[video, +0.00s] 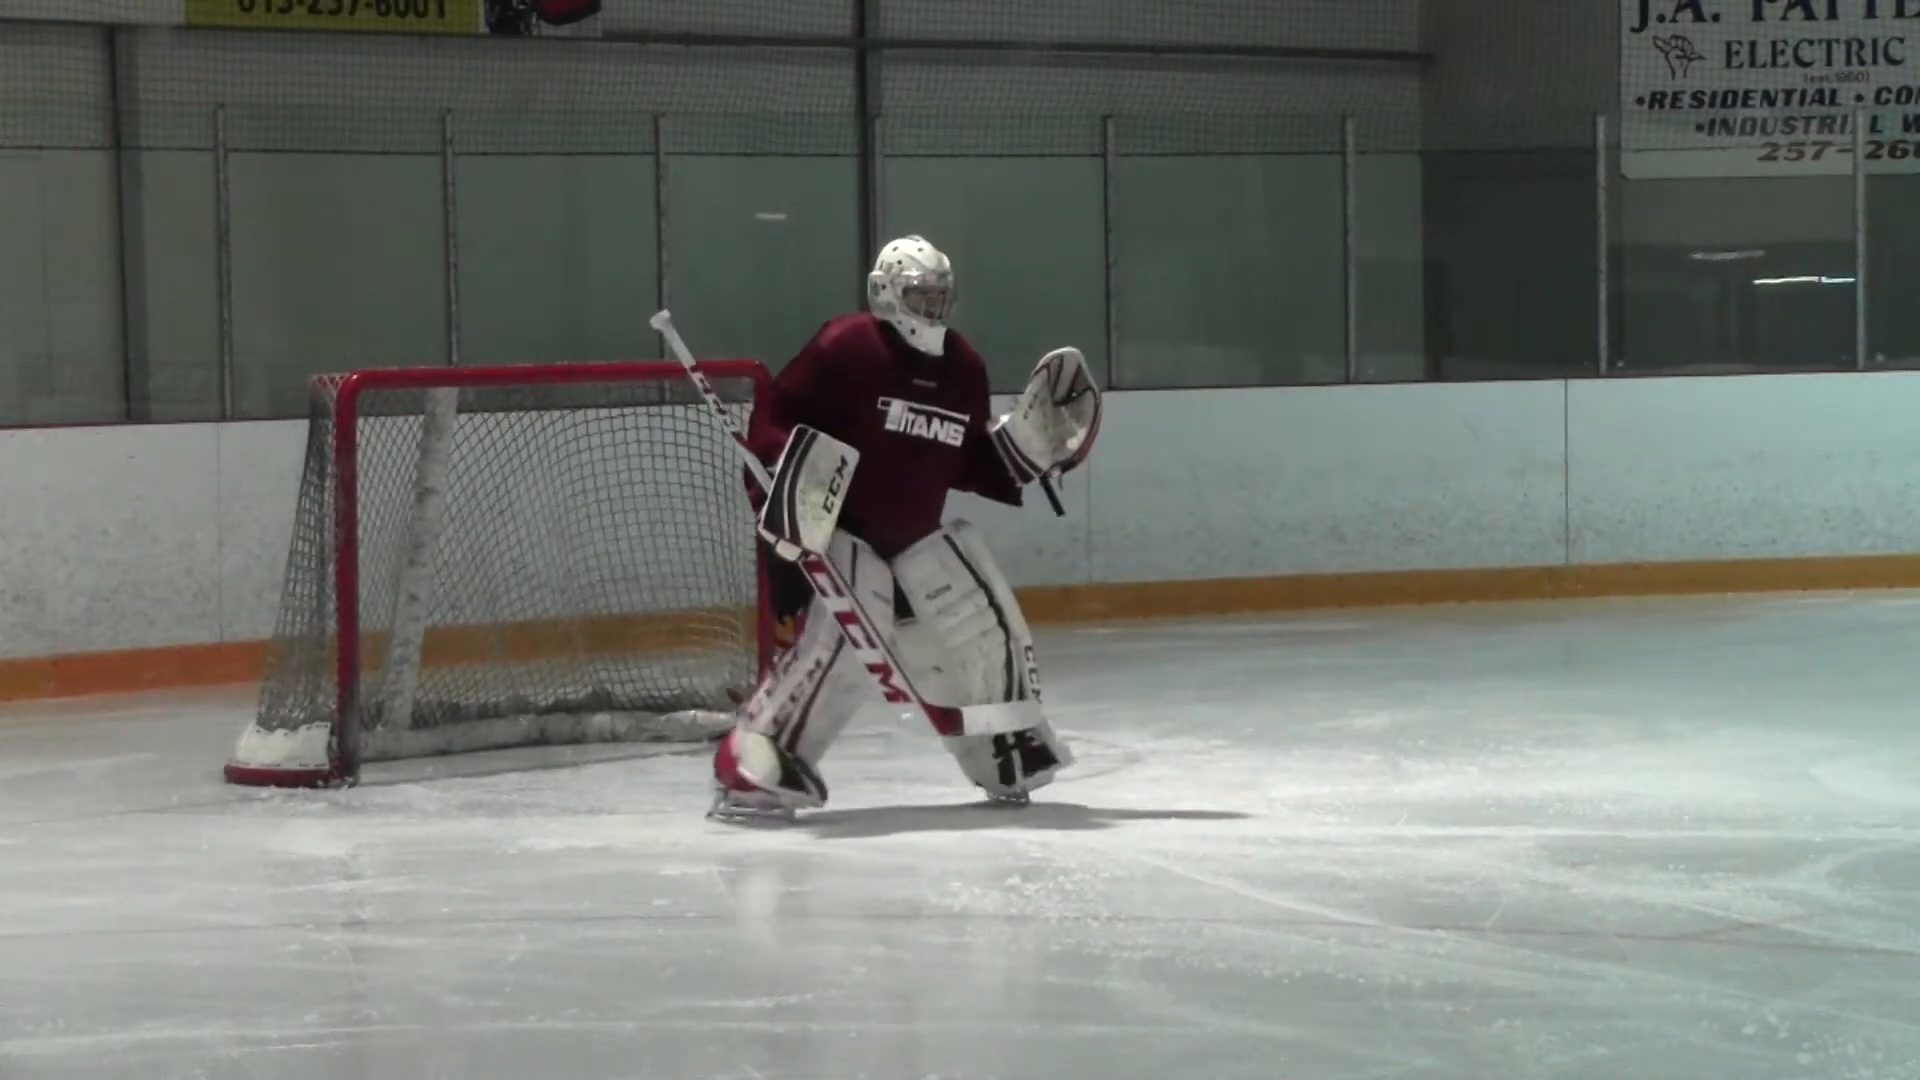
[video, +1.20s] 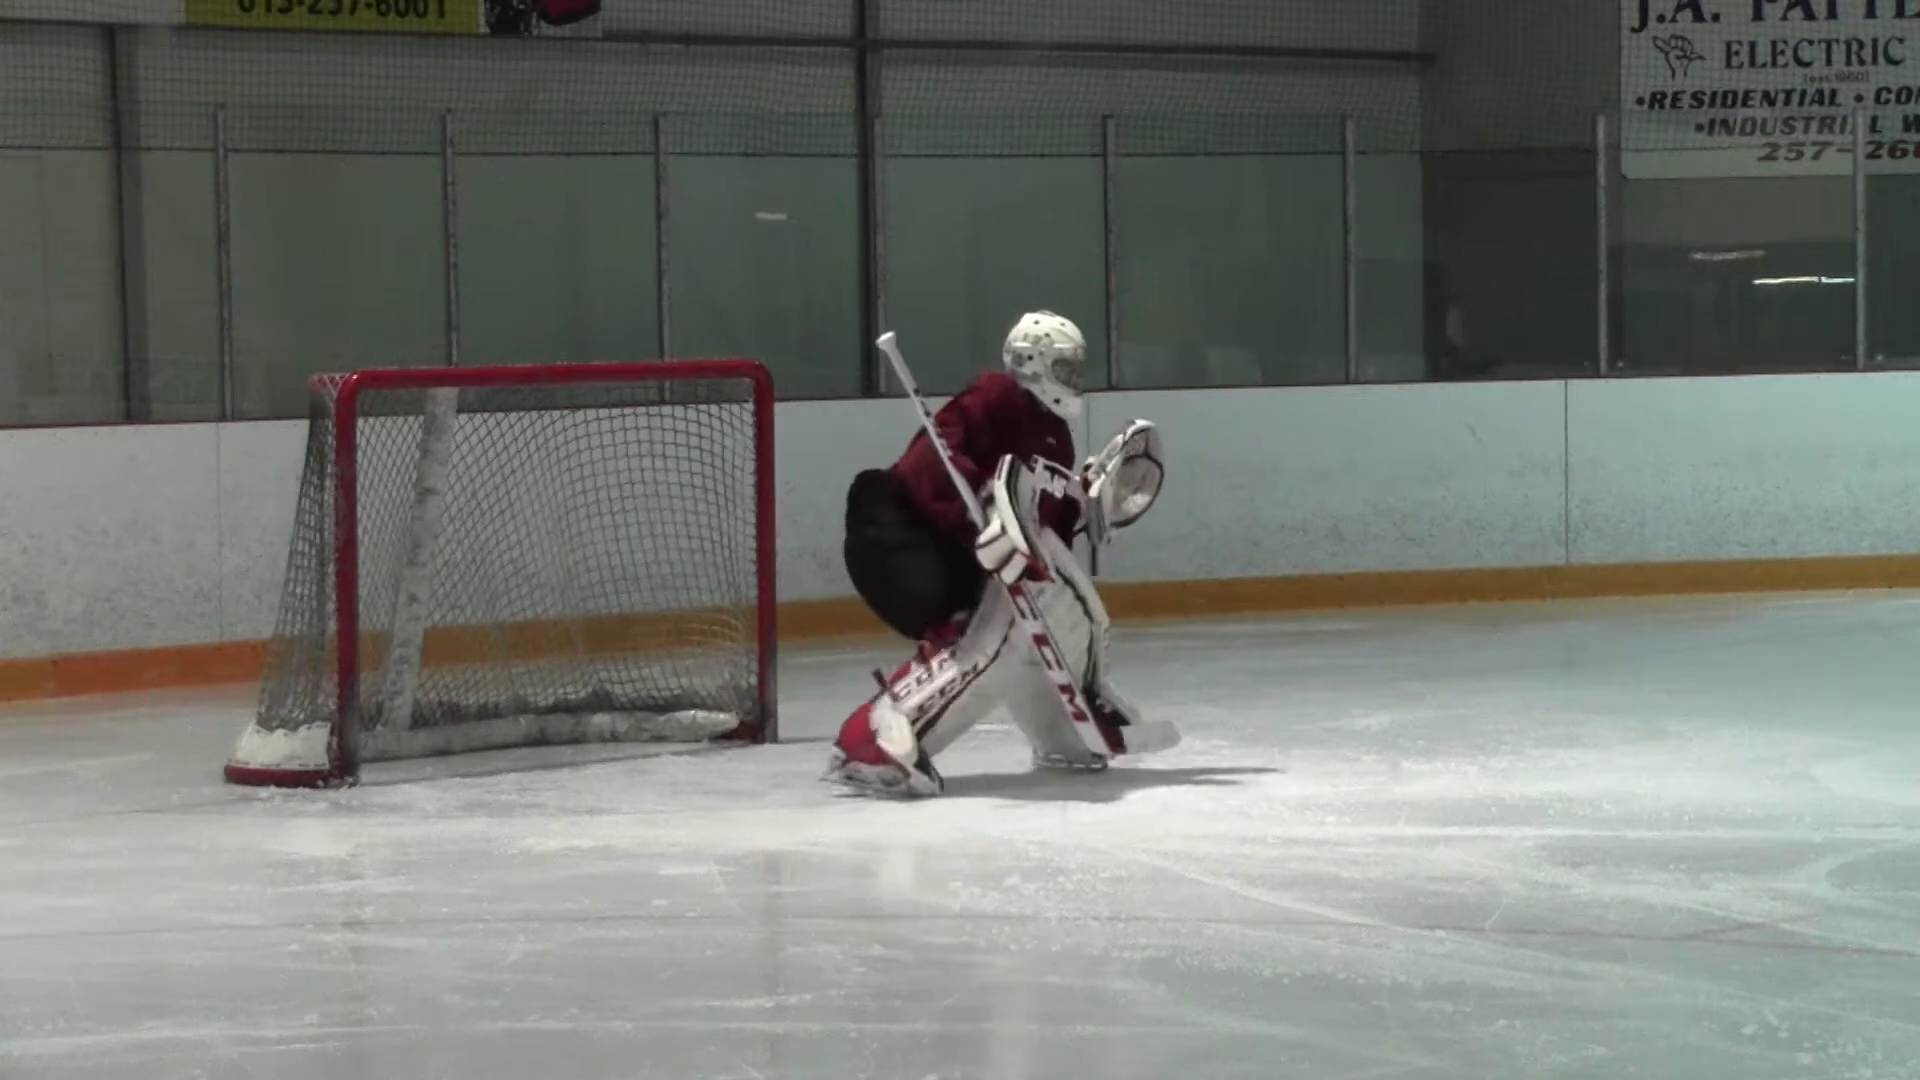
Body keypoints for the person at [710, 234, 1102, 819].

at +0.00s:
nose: (929, 312)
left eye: (939, 300)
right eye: (917, 297)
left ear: (951, 300)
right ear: (884, 295)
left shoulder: (963, 368)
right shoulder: (849, 346)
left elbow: (964, 463)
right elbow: (769, 417)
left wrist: (1031, 441)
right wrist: (798, 471)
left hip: (917, 540)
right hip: (843, 532)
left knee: (973, 632)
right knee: (842, 647)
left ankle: (1005, 756)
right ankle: (759, 763)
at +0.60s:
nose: (982, 349)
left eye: (987, 338)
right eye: (969, 337)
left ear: (994, 338)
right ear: (934, 338)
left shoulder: (996, 406)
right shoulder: (897, 384)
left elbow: (992, 488)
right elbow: (810, 434)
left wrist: (1052, 482)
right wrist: (845, 491)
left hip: (945, 552)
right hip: (866, 550)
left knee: (1001, 638)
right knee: (848, 657)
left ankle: (1031, 748)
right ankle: (780, 767)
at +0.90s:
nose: (1048, 367)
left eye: (1052, 355)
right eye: (1036, 355)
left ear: (1053, 354)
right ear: (1000, 353)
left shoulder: (1046, 427)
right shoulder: (965, 394)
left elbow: (1045, 513)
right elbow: (881, 448)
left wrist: (1095, 497)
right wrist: (928, 500)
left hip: (998, 561)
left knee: (1054, 624)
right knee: (914, 657)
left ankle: (1058, 736)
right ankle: (811, 760)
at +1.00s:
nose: (1065, 372)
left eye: (1068, 361)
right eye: (1054, 360)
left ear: (1070, 360)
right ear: (1020, 357)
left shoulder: (1055, 428)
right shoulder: (983, 388)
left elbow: (1048, 517)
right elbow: (907, 445)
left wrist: (1104, 506)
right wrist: (960, 507)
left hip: (1003, 553)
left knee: (1059, 640)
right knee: (940, 652)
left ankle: (1088, 744)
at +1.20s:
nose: (1074, 381)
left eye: (1077, 369)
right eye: (1063, 368)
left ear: (1075, 367)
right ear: (1030, 366)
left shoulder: (1054, 435)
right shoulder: (994, 397)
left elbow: (1050, 519)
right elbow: (926, 463)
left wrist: (1096, 501)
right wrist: (986, 526)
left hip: (962, 551)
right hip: (903, 540)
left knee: (1043, 616)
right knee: (981, 636)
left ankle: (1066, 739)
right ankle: (872, 743)